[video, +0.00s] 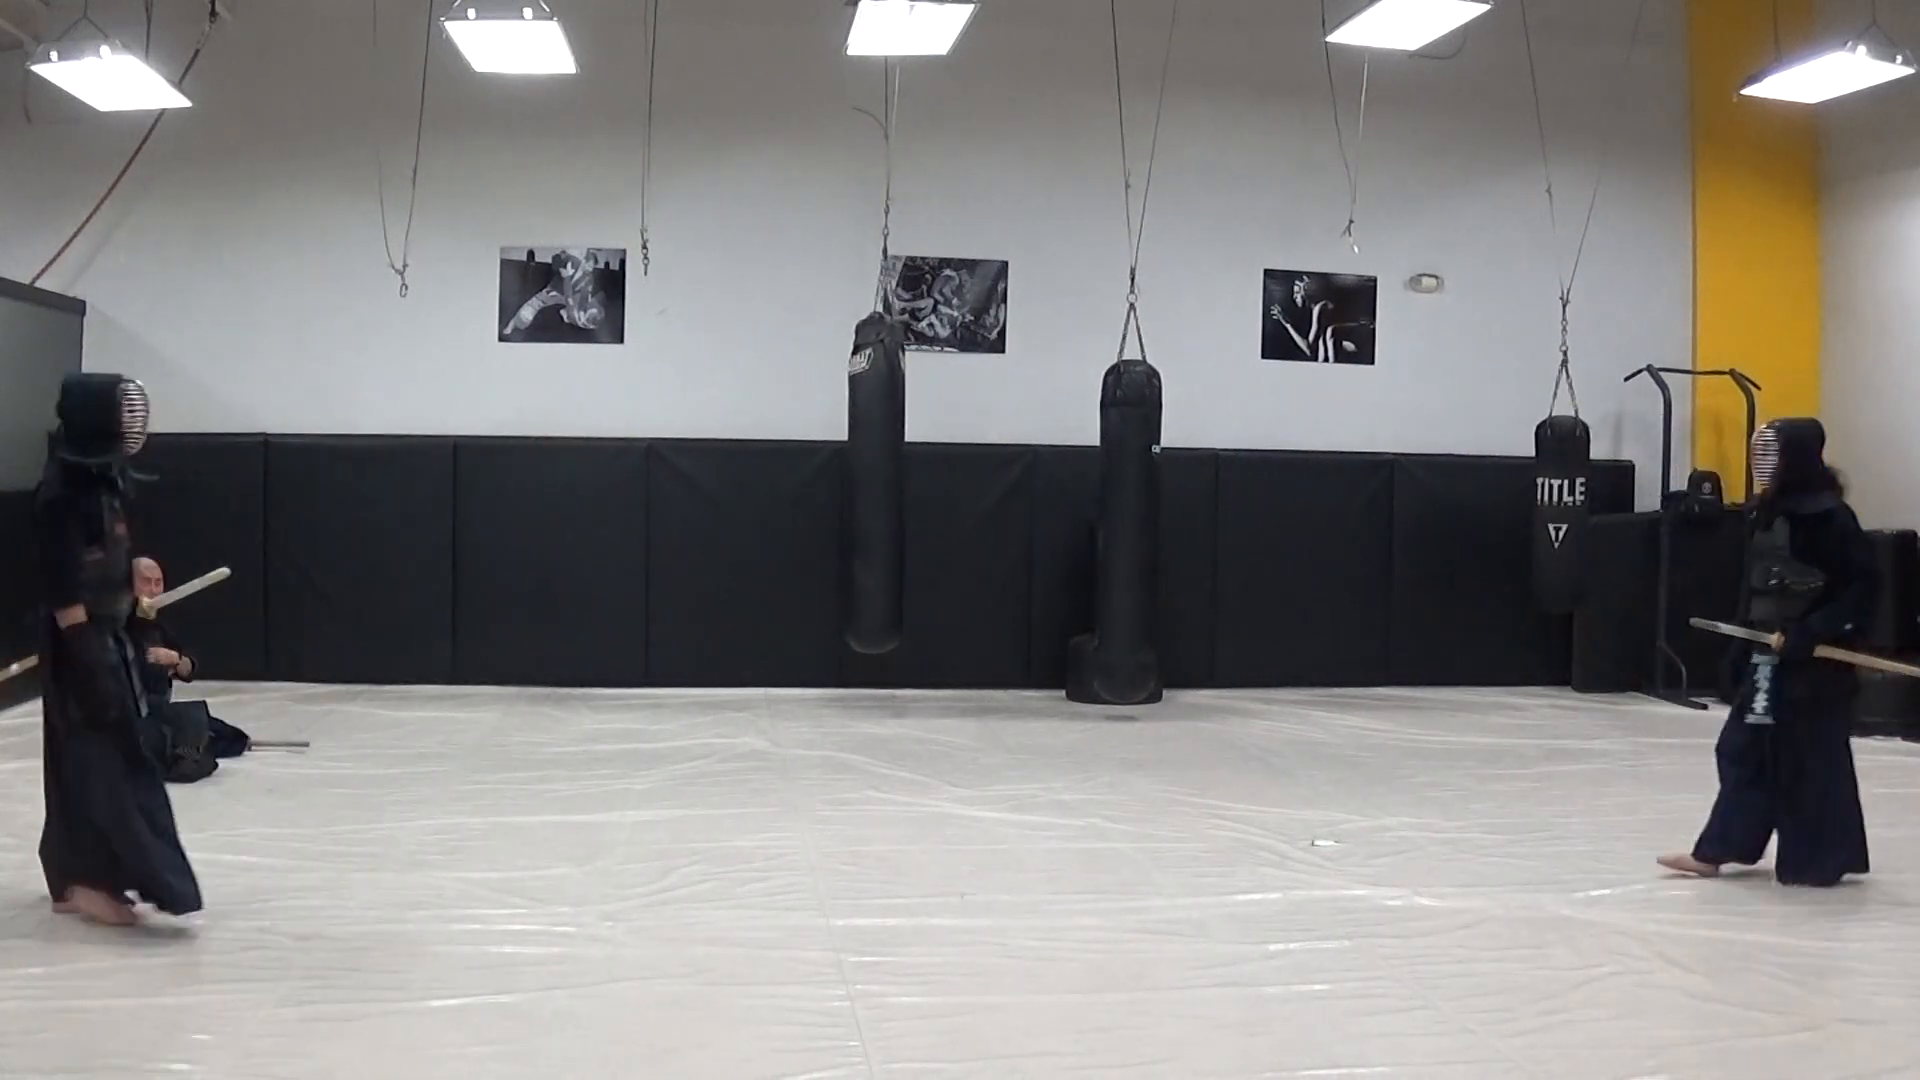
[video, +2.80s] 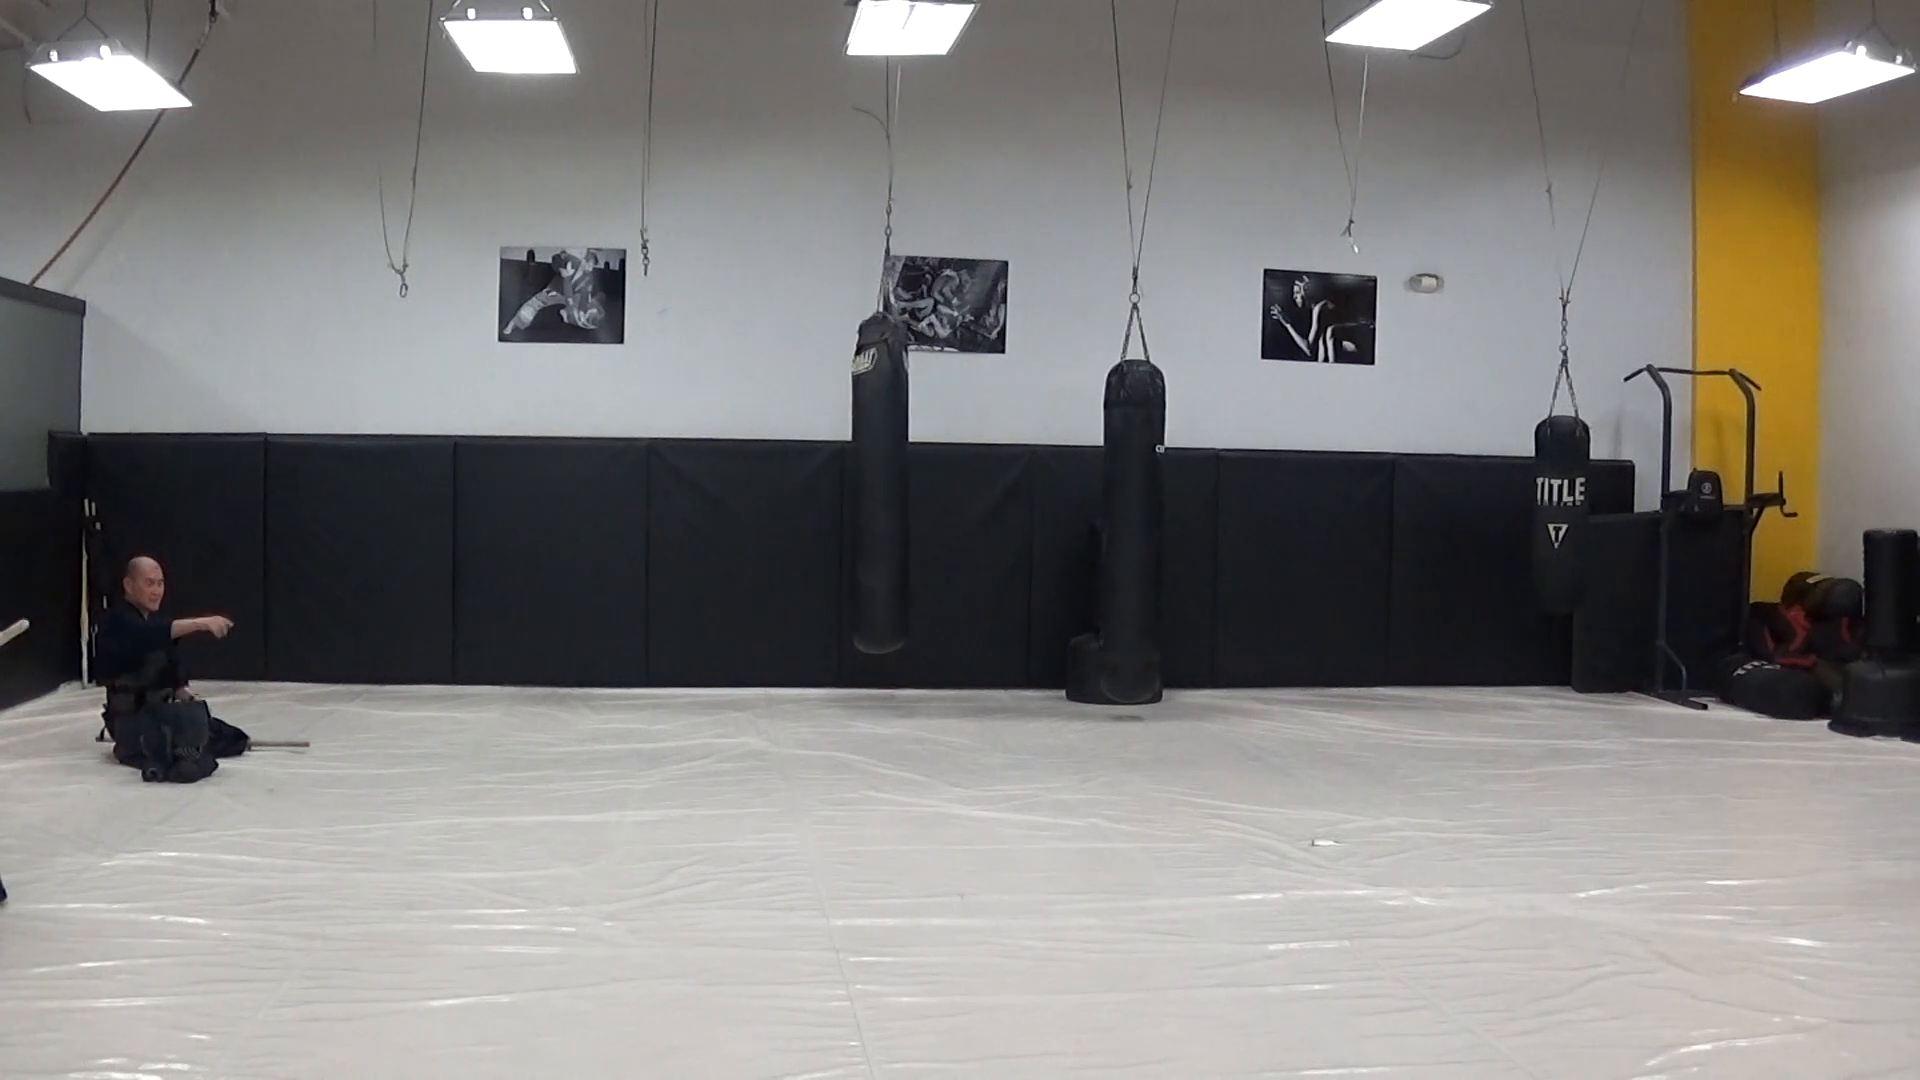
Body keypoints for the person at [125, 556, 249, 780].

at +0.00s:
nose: (154, 589)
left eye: (158, 582)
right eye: (147, 582)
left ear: (163, 585)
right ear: (131, 584)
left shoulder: (157, 624)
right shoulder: (122, 624)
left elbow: (190, 670)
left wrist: (175, 659)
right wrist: (172, 668)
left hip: (160, 711)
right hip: (133, 715)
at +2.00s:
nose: (160, 590)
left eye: (162, 583)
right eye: (153, 582)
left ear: (164, 585)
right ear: (130, 584)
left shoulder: (156, 623)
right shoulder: (115, 624)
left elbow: (190, 671)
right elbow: (142, 678)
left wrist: (176, 659)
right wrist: (173, 667)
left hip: (162, 721)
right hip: (133, 732)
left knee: (237, 740)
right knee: (200, 760)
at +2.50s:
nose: (159, 589)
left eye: (160, 582)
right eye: (152, 582)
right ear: (129, 585)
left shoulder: (155, 623)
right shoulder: (114, 624)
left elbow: (169, 674)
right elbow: (136, 664)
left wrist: (190, 669)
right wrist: (175, 654)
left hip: (162, 716)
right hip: (129, 723)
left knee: (236, 740)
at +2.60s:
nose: (158, 589)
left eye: (160, 582)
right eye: (151, 582)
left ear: (163, 585)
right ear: (129, 586)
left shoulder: (154, 623)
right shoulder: (116, 621)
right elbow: (145, 652)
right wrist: (194, 634)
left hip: (162, 717)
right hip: (130, 724)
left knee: (236, 740)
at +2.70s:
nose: (157, 590)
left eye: (160, 583)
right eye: (150, 582)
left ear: (163, 585)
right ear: (128, 586)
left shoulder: (156, 621)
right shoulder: (116, 620)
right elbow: (149, 639)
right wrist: (204, 622)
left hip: (162, 715)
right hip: (128, 721)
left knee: (236, 739)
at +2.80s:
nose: (157, 590)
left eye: (160, 583)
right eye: (150, 583)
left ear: (164, 585)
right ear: (128, 585)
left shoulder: (157, 624)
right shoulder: (116, 620)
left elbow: (173, 679)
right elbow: (147, 634)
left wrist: (186, 697)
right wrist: (201, 624)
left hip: (166, 712)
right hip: (129, 719)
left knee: (235, 740)